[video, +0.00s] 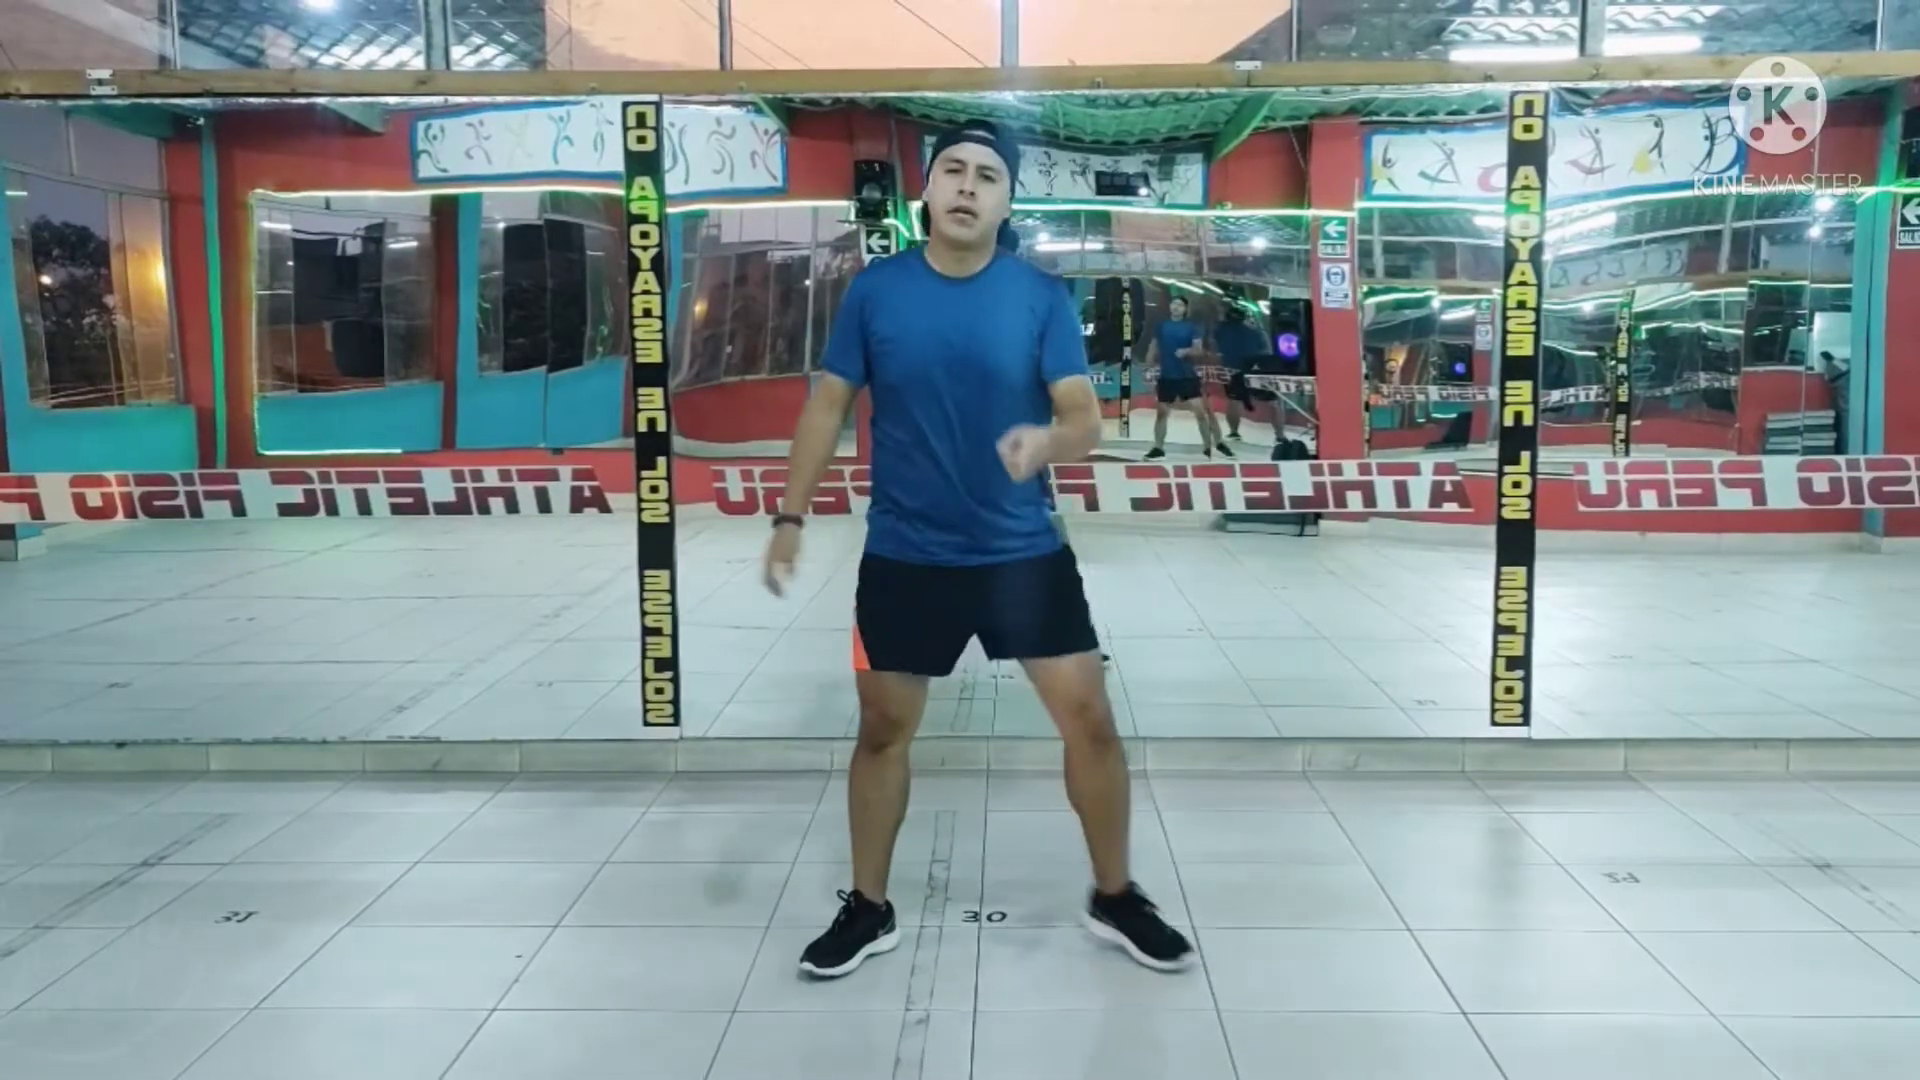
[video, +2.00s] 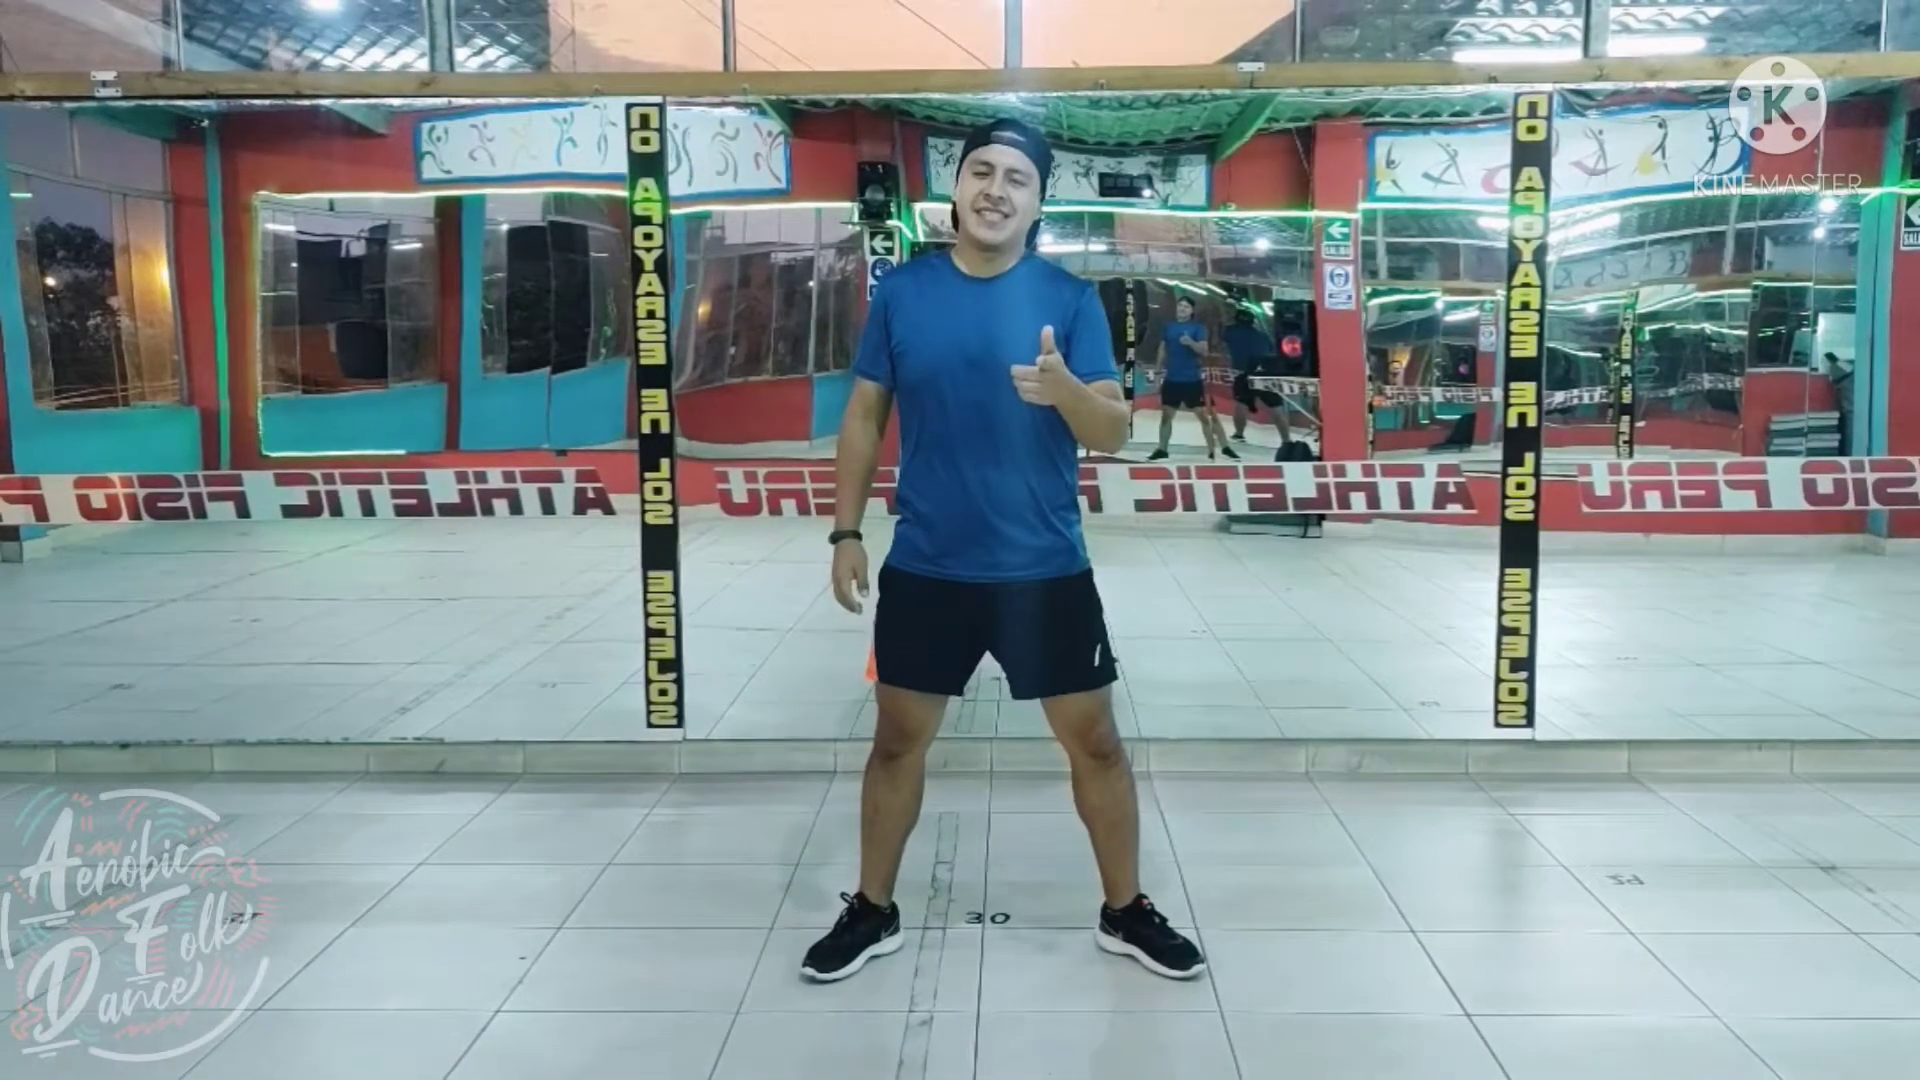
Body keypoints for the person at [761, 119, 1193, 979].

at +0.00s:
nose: (967, 186)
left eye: (986, 177)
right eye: (953, 172)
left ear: (1008, 204)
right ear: (926, 192)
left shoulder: (1039, 295)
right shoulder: (874, 291)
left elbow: (1084, 424)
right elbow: (827, 406)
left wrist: (1046, 441)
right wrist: (791, 515)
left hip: (1023, 549)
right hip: (907, 549)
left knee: (1089, 715)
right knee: (882, 727)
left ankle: (1115, 893)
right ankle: (867, 901)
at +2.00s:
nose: (996, 190)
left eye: (1016, 180)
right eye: (982, 174)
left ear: (1039, 204)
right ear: (955, 191)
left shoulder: (1069, 298)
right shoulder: (900, 292)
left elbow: (1111, 432)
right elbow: (866, 412)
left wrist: (1069, 397)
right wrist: (848, 529)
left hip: (1045, 564)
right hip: (928, 560)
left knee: (1095, 742)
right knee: (896, 740)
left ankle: (1125, 906)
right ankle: (872, 905)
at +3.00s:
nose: (997, 207)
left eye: (1017, 195)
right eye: (984, 187)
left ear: (1039, 214)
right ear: (956, 195)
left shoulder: (1066, 304)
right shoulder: (898, 291)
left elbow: (1109, 412)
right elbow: (858, 407)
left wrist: (1123, 509)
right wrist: (842, 526)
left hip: (1033, 563)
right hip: (918, 557)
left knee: (1093, 739)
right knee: (890, 735)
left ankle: (1127, 906)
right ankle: (874, 905)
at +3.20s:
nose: (993, 218)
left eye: (1015, 205)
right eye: (981, 197)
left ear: (1037, 221)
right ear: (954, 201)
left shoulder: (1063, 317)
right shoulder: (894, 293)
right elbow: (850, 402)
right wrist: (831, 518)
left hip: (1025, 566)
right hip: (909, 560)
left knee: (1097, 734)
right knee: (884, 735)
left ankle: (1130, 903)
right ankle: (873, 905)